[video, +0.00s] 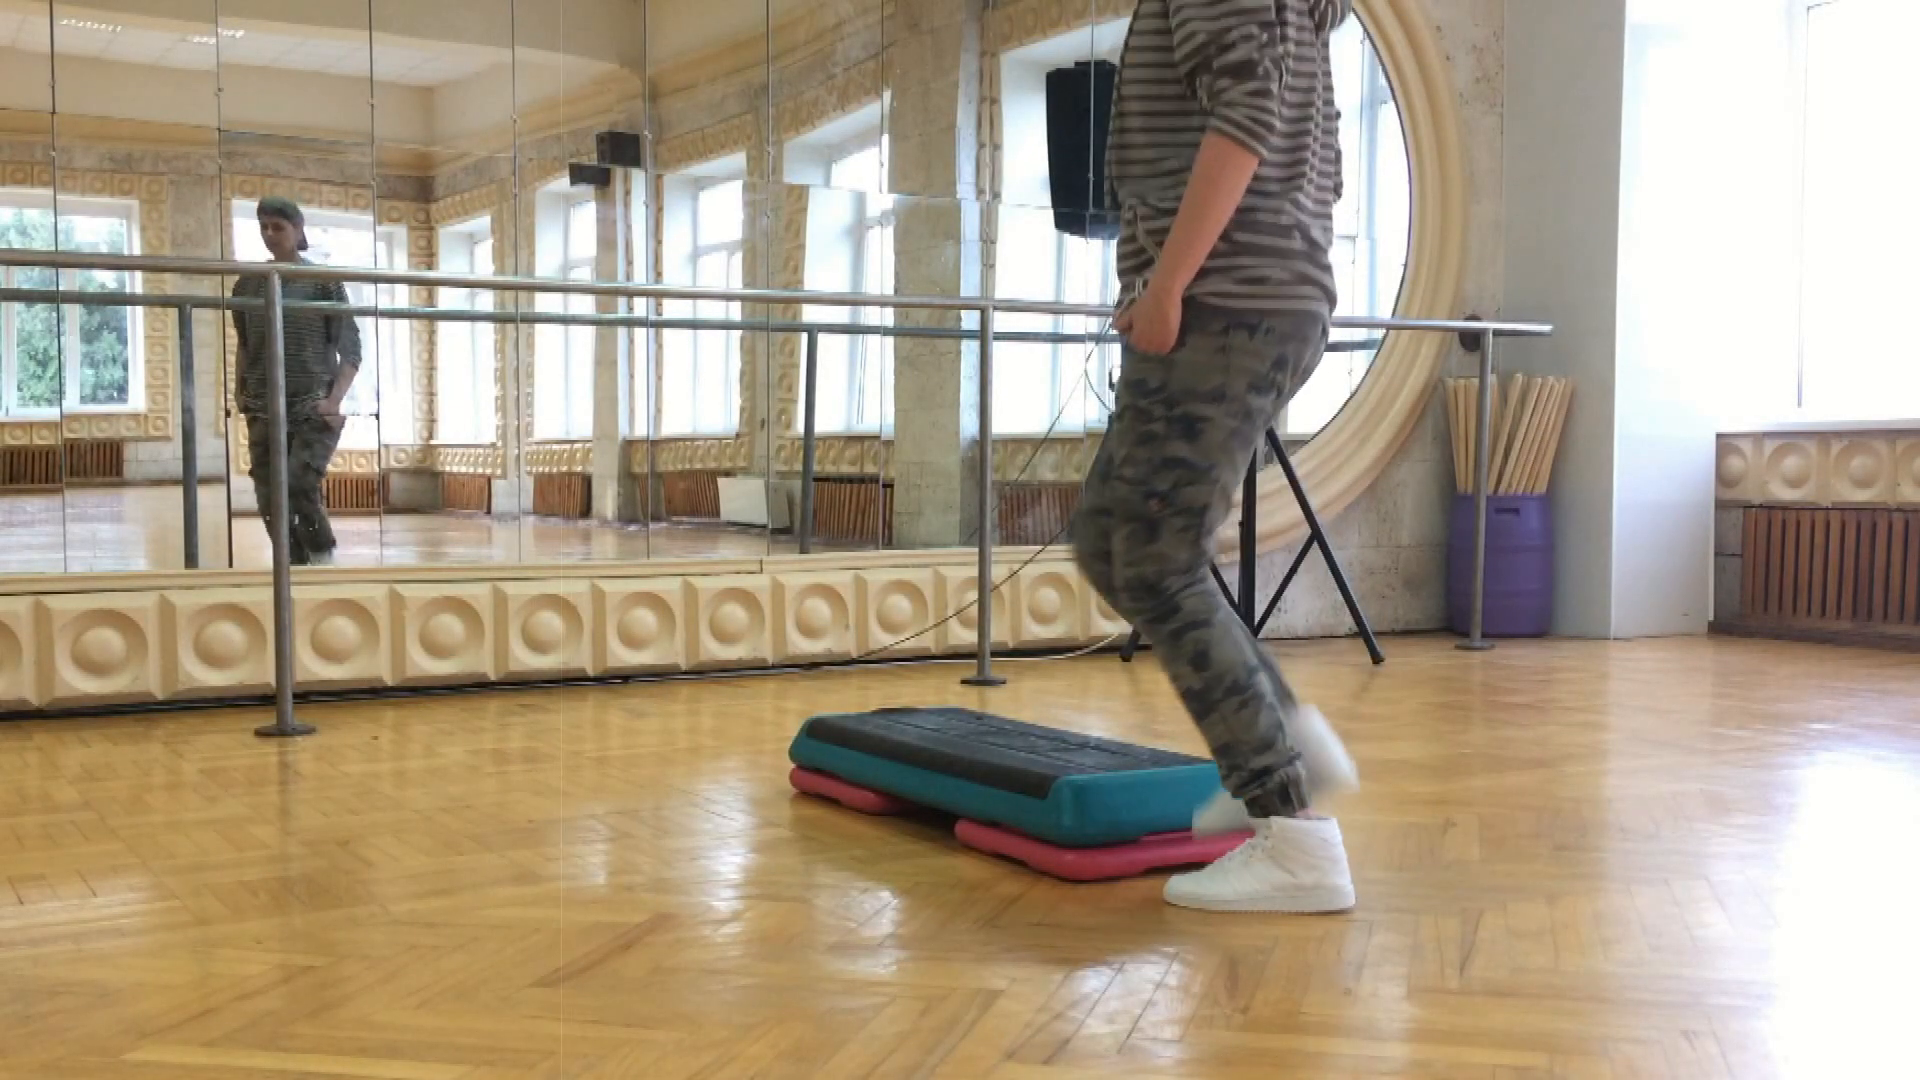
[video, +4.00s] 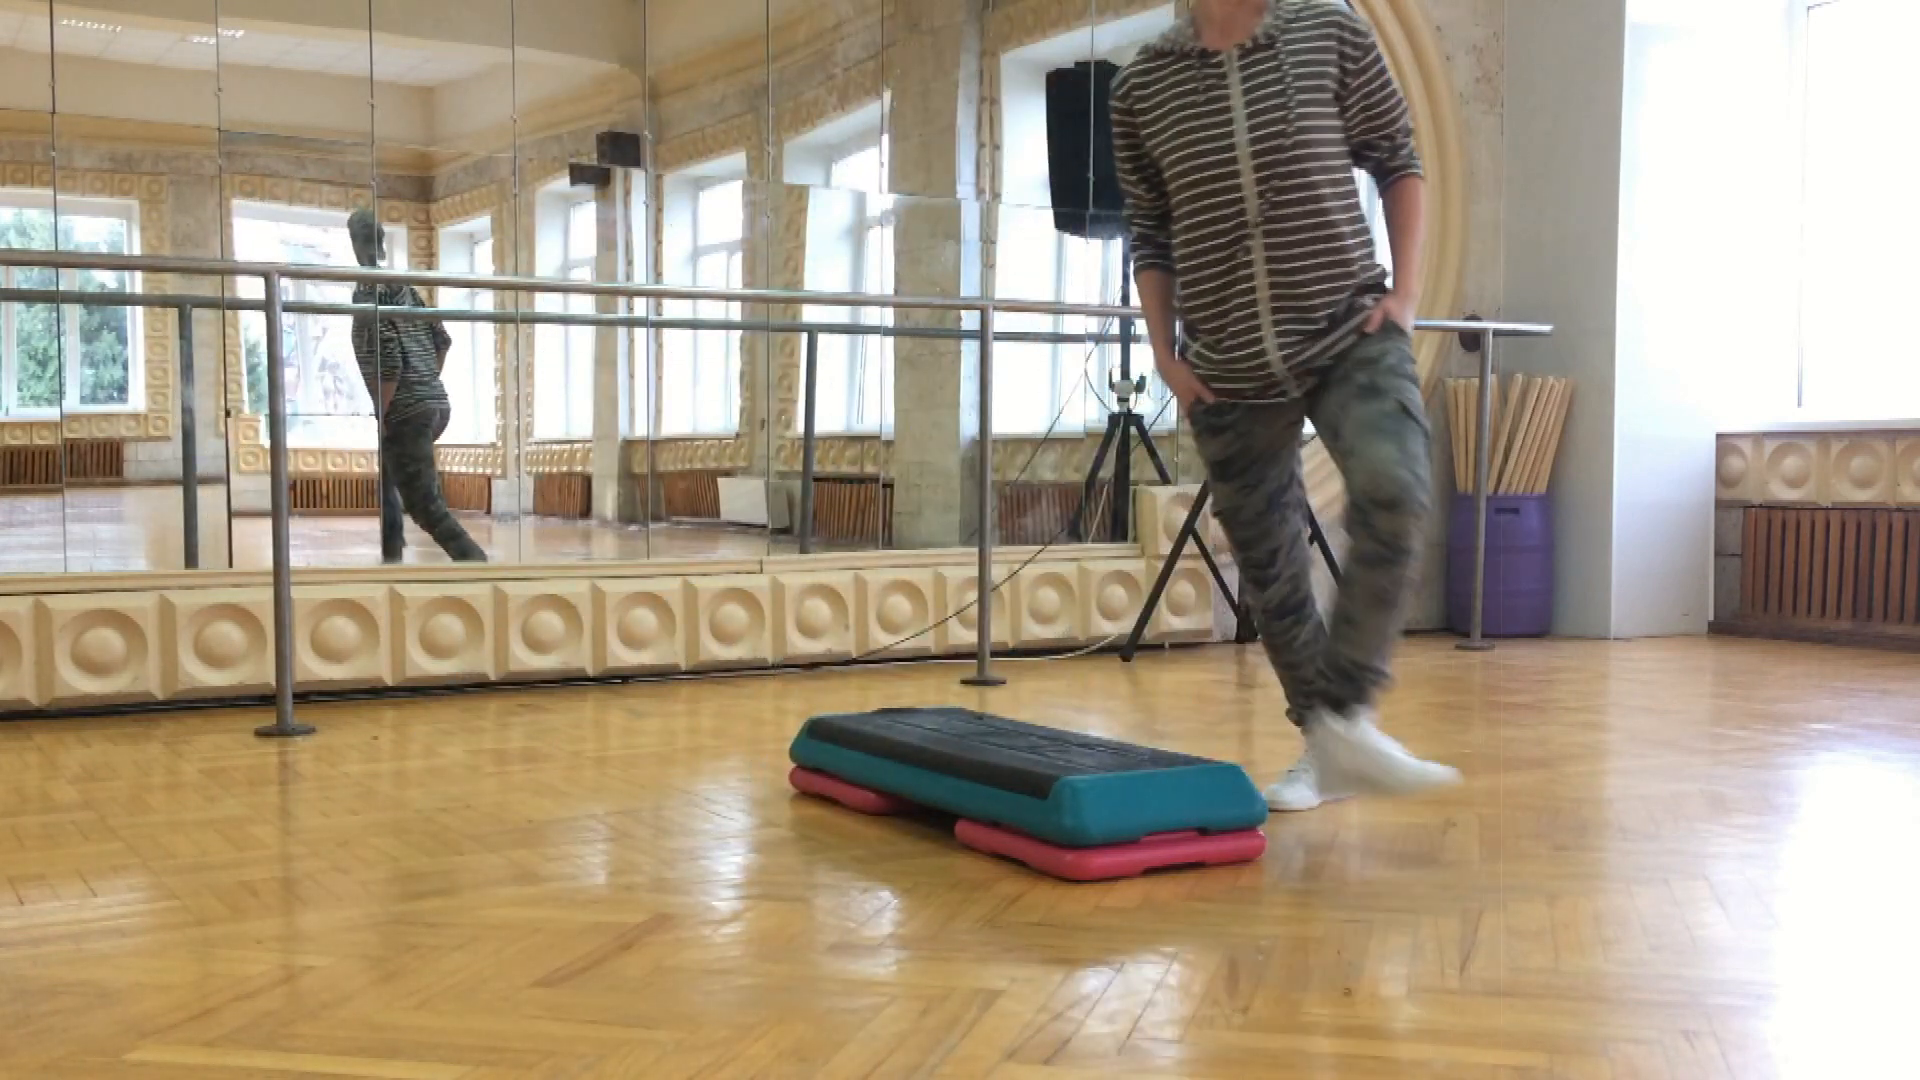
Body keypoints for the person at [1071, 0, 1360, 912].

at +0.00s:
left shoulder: (1220, 3)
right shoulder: (1291, 19)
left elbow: (1245, 119)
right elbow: (1317, 163)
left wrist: (1163, 286)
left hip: (1230, 301)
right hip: (1250, 302)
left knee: (1156, 561)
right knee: (1107, 538)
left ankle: (1294, 834)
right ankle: (1288, 736)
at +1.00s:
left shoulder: (1242, 48)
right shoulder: (1190, 63)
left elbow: (1333, 196)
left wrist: (1322, 355)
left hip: (1314, 349)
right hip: (1228, 349)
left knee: (1398, 556)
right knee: (1088, 447)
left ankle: (1499, 752)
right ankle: (1146, 660)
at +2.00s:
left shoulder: (837, 35)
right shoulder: (909, 47)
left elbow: (866, 178)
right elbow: (965, 207)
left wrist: (819, 314)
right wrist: (897, 283)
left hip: (867, 322)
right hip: (908, 320)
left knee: (792, 520)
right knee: (737, 464)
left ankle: (955, 671)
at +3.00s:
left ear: (854, 4)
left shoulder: (852, 83)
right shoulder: (754, 28)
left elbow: (830, 230)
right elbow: (672, 167)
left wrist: (852, 333)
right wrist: (721, 309)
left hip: (833, 359)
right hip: (749, 342)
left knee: (897, 550)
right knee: (817, 544)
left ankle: (695, 619)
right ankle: (781, 786)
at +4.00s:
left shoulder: (1332, 31)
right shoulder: (1141, 86)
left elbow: (1398, 162)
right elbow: (1147, 232)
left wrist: (1404, 291)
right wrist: (1166, 355)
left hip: (1349, 332)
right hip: (1227, 372)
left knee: (1396, 496)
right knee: (1272, 569)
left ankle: (1345, 715)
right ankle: (1324, 743)